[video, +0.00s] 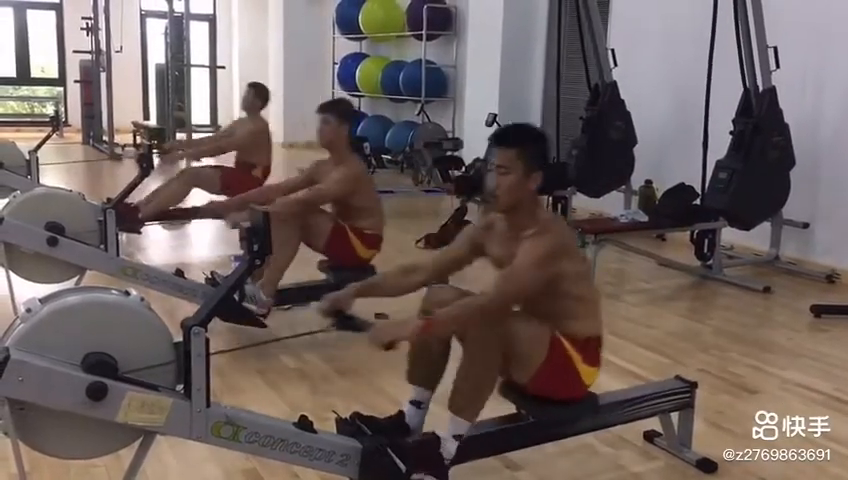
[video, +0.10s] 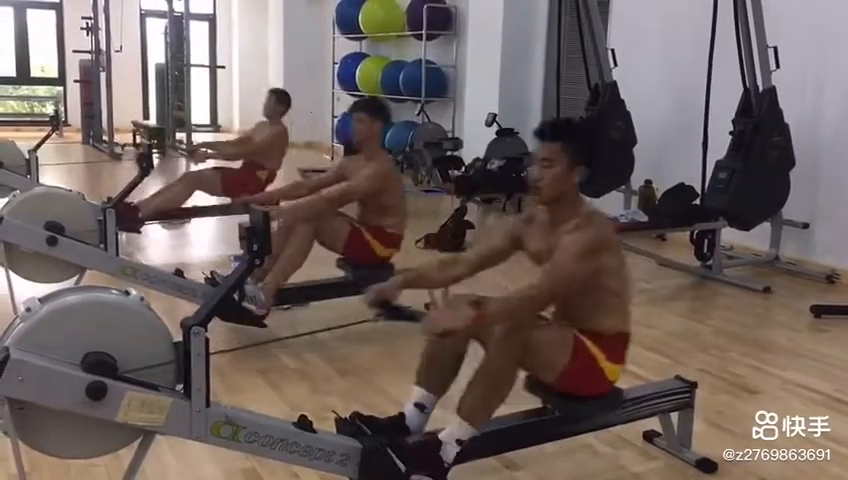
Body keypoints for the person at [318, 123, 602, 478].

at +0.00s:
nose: (491, 181)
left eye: (503, 172)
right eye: (491, 170)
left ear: (534, 181)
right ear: (489, 171)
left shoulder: (548, 239)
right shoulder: (491, 227)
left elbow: (493, 303)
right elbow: (423, 270)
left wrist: (409, 327)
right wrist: (356, 291)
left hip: (571, 361)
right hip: (528, 344)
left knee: (487, 324)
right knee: (437, 300)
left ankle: (445, 450)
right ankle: (410, 423)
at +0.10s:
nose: (535, 174)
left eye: (548, 165)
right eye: (535, 164)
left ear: (577, 174)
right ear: (532, 167)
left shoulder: (591, 231)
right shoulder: (530, 221)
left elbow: (539, 297)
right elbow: (461, 264)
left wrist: (470, 315)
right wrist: (400, 281)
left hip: (597, 357)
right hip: (557, 339)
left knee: (511, 332)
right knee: (460, 312)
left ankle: (444, 450)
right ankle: (411, 422)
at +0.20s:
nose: (586, 166)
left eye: (600, 157)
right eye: (584, 155)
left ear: (627, 166)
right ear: (578, 158)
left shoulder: (637, 226)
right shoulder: (571, 219)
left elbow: (581, 287)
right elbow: (498, 259)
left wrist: (516, 302)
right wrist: (446, 269)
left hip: (623, 349)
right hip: (584, 329)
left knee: (535, 346)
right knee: (484, 322)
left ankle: (443, 452)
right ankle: (412, 423)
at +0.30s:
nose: (636, 165)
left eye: (649, 158)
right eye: (635, 155)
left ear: (675, 168)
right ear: (631, 159)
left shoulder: (678, 228)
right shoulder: (613, 217)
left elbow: (630, 276)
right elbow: (546, 251)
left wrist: (564, 290)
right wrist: (491, 263)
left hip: (643, 346)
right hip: (602, 323)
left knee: (552, 363)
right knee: (501, 340)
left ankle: (446, 450)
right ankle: (411, 423)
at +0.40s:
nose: (674, 178)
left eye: (686, 171)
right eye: (674, 169)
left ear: (713, 182)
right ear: (672, 171)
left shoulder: (717, 237)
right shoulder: (646, 221)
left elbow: (675, 278)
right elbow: (588, 257)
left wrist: (627, 283)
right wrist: (547, 267)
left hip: (652, 343)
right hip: (612, 321)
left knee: (561, 379)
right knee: (520, 353)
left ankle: (441, 453)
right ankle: (408, 423)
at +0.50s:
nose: (689, 189)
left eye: (701, 183)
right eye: (689, 180)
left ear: (727, 193)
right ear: (687, 183)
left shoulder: (733, 241)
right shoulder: (660, 227)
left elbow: (706, 288)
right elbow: (615, 268)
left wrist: (657, 276)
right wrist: (573, 263)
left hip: (654, 344)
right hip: (614, 321)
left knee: (561, 376)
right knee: (523, 357)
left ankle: (442, 450)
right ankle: (407, 424)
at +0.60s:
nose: (699, 198)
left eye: (711, 193)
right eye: (698, 190)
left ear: (735, 204)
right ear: (694, 194)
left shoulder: (743, 251)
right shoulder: (670, 234)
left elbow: (753, 319)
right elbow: (638, 280)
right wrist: (607, 262)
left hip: (653, 343)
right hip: (614, 322)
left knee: (561, 375)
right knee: (524, 356)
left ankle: (439, 453)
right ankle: (401, 423)